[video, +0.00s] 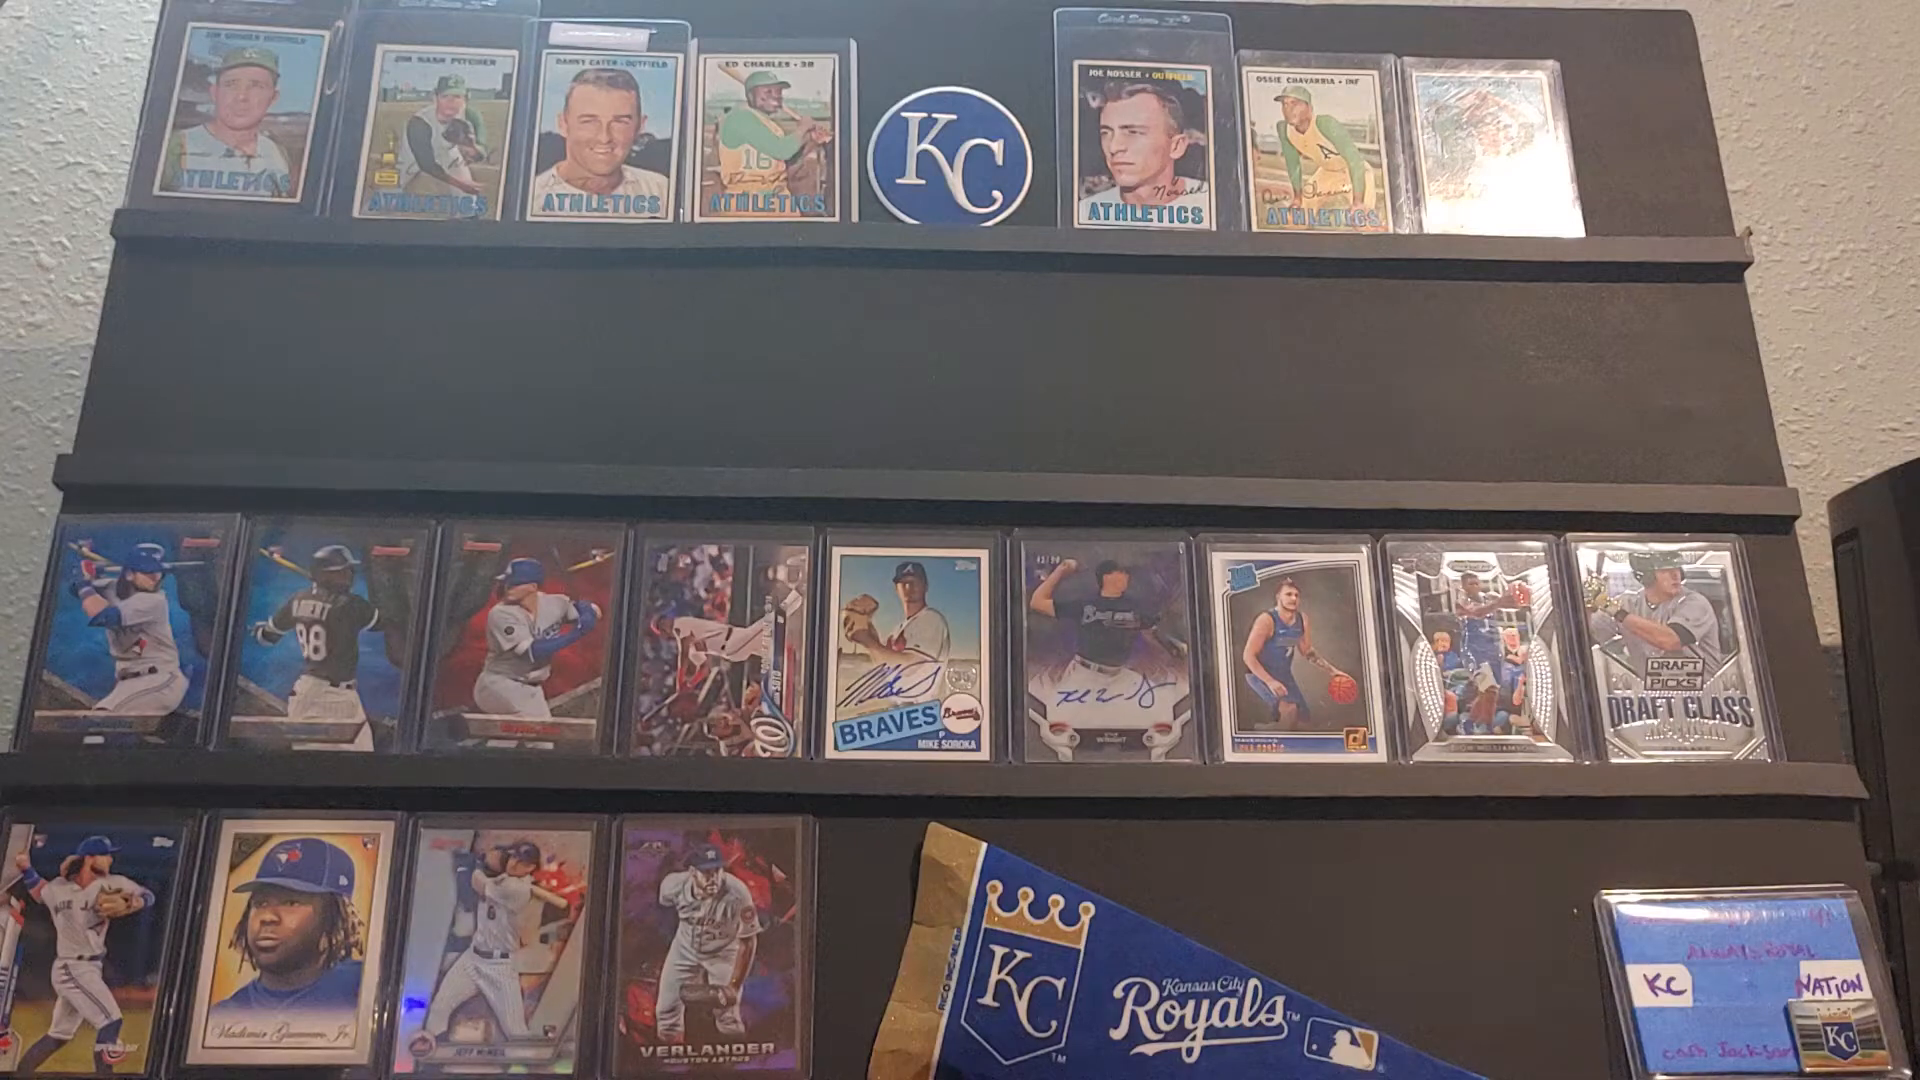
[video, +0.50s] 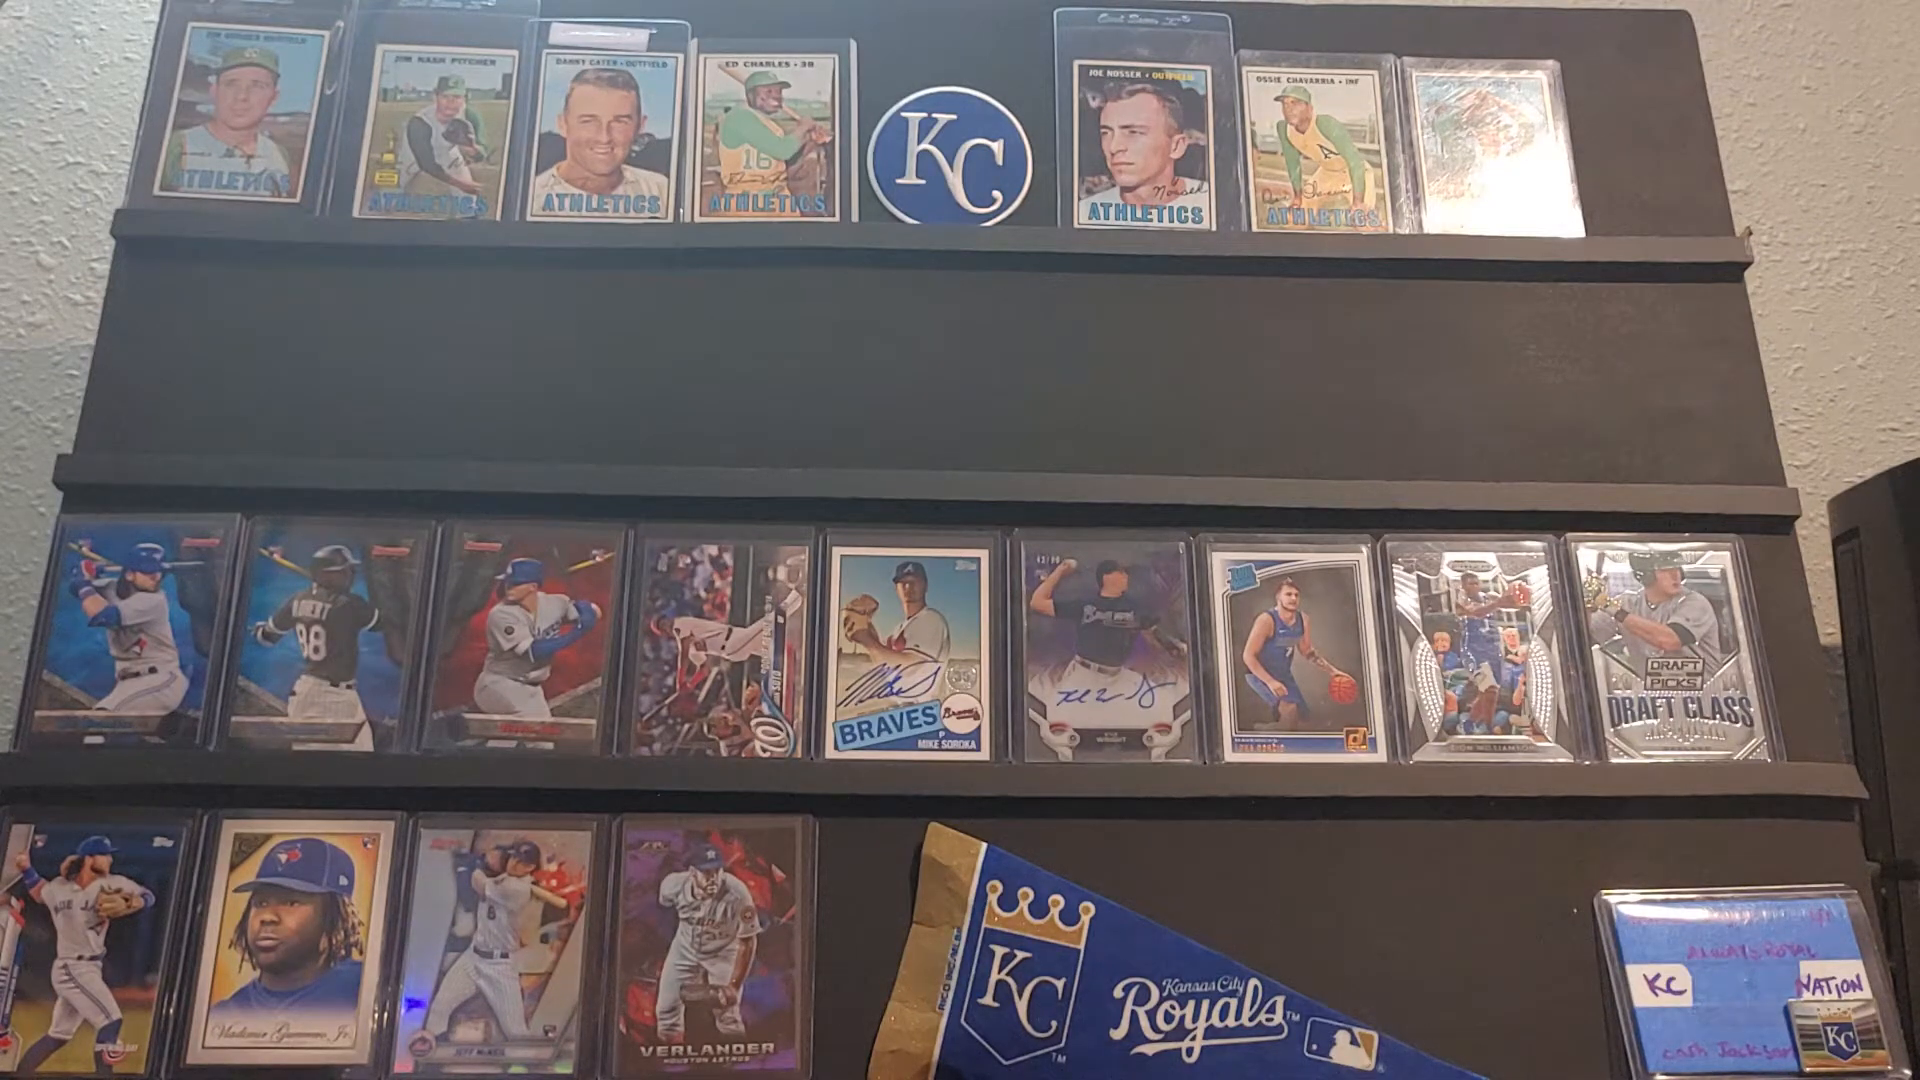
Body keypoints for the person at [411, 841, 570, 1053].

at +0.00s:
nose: (514, 863)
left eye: (522, 862)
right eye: (514, 858)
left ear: (531, 869)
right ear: (509, 858)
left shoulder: (517, 889)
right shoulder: (499, 879)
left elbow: (478, 883)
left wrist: (478, 867)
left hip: (501, 966)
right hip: (472, 959)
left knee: (515, 1030)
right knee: (439, 1007)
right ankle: (427, 1064)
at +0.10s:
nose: (514, 864)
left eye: (522, 862)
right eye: (514, 858)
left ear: (531, 869)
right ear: (509, 858)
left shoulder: (517, 889)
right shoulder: (499, 880)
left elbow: (478, 883)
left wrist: (477, 866)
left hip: (501, 965)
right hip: (473, 958)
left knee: (515, 1030)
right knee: (440, 1006)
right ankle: (429, 1064)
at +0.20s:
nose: (515, 865)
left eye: (522, 863)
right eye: (514, 859)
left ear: (531, 869)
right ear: (509, 859)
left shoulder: (518, 889)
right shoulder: (498, 880)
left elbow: (478, 882)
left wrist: (478, 866)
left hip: (501, 966)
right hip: (472, 958)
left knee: (515, 1030)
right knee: (439, 1007)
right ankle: (429, 1065)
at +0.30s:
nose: (515, 865)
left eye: (522, 863)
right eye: (514, 859)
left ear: (531, 869)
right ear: (509, 859)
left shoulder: (518, 889)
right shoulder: (498, 880)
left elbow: (479, 883)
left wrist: (478, 867)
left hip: (501, 966)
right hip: (473, 958)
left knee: (515, 1031)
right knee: (439, 1007)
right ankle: (427, 1064)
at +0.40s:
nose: (514, 865)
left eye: (522, 863)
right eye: (514, 859)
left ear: (531, 869)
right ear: (509, 858)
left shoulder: (517, 889)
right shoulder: (499, 880)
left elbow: (477, 881)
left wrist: (481, 865)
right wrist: (488, 860)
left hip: (501, 966)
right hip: (473, 958)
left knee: (515, 1030)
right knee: (439, 1006)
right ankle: (427, 1066)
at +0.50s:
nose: (514, 864)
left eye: (521, 862)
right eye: (514, 858)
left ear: (530, 869)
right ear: (509, 858)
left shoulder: (518, 889)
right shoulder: (500, 879)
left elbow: (480, 884)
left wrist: (476, 867)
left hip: (501, 966)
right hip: (473, 958)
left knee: (515, 1031)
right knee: (439, 1006)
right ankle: (425, 1064)